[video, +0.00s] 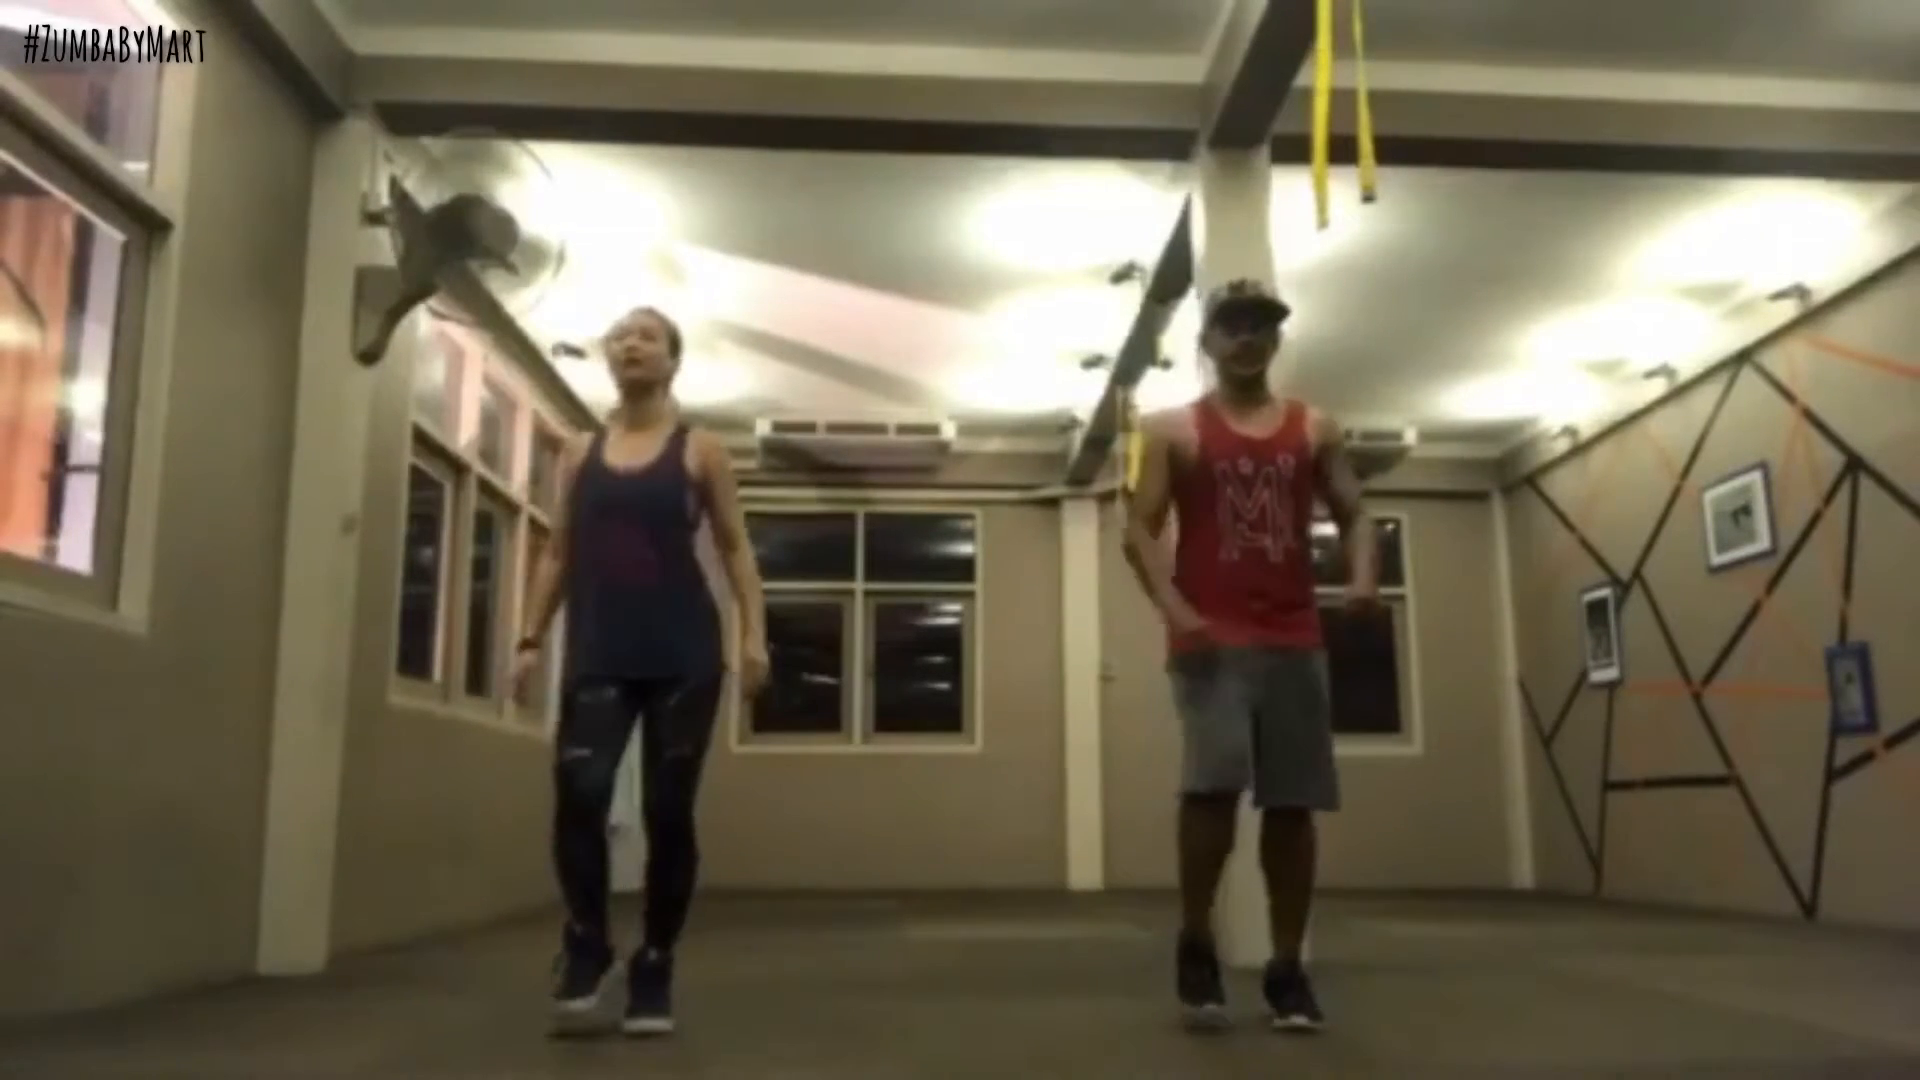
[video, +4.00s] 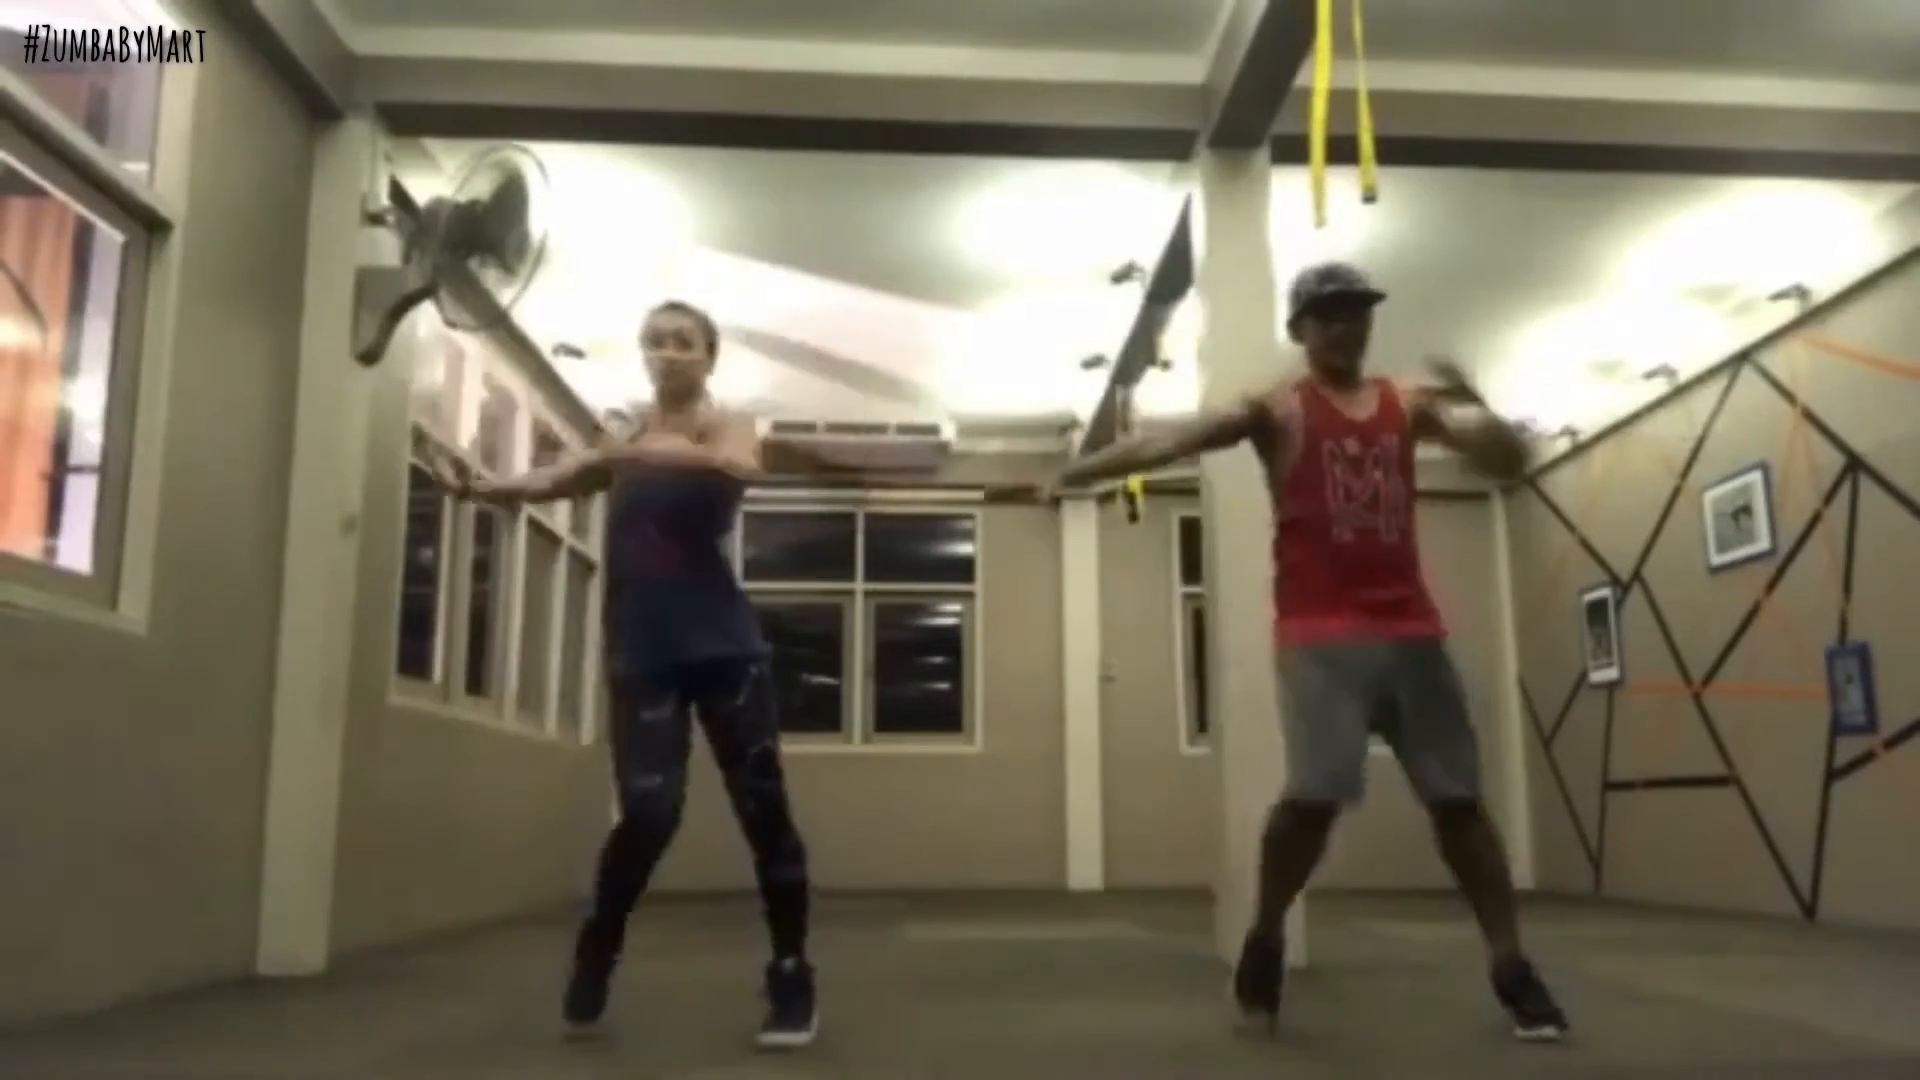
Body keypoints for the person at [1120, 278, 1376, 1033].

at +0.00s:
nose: (1249, 343)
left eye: (1262, 331)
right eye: (1234, 331)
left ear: (1278, 341)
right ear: (1208, 340)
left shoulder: (1312, 430)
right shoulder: (1175, 432)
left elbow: (1354, 514)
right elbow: (1138, 533)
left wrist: (1362, 580)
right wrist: (1174, 610)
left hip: (1293, 637)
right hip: (1213, 638)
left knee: (1292, 805)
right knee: (1213, 794)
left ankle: (1287, 966)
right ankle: (1197, 946)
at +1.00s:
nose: (1241, 348)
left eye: (1254, 335)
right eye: (1227, 334)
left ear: (1271, 342)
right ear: (1204, 343)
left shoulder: (1307, 430)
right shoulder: (1170, 433)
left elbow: (1342, 519)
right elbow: (1132, 532)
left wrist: (1337, 583)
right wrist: (1164, 608)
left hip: (1286, 638)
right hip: (1208, 639)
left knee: (1281, 803)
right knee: (1215, 789)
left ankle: (1277, 963)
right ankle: (1195, 931)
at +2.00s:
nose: (1238, 323)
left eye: (1253, 312)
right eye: (1224, 311)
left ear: (1272, 329)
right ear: (1202, 327)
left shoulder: (1308, 423)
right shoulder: (1172, 424)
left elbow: (1351, 509)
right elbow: (1119, 518)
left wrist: (1344, 550)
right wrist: (1182, 579)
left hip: (1288, 636)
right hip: (1208, 638)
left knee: (1287, 807)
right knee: (1209, 797)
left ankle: (1283, 965)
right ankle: (1196, 937)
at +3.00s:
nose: (1238, 308)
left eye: (1252, 295)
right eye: (1223, 295)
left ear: (1271, 307)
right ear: (1199, 308)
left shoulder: (1302, 393)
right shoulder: (1166, 388)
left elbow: (1398, 434)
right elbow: (1068, 424)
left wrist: (1488, 452)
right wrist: (1086, 441)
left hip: (1270, 603)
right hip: (1189, 591)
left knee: (1251, 787)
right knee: (1202, 746)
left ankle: (1232, 952)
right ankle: (1171, 909)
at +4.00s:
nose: (1345, 331)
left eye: (1355, 318)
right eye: (1329, 319)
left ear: (1371, 325)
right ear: (1299, 330)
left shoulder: (1404, 403)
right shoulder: (1275, 410)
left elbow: (1508, 459)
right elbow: (1169, 442)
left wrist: (1474, 406)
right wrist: (1073, 473)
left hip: (1408, 631)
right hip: (1320, 635)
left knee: (1458, 803)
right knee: (1315, 794)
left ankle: (1511, 965)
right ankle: (1266, 938)